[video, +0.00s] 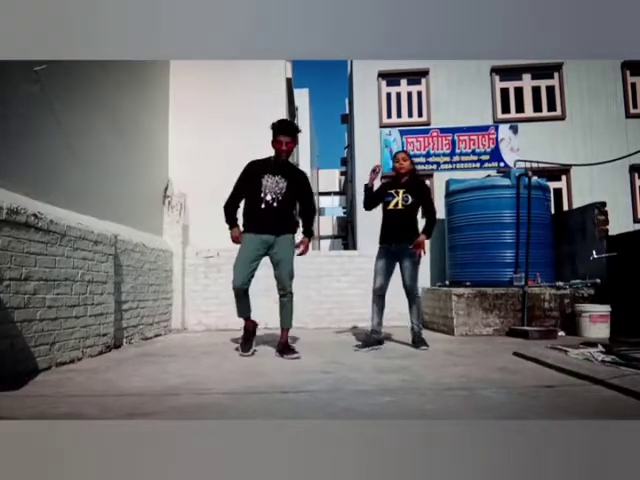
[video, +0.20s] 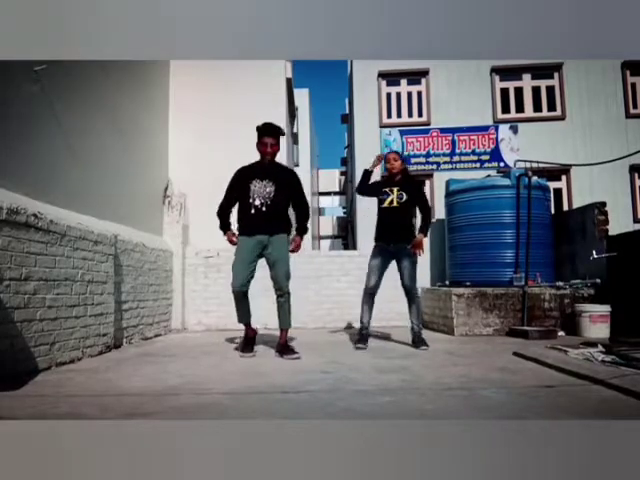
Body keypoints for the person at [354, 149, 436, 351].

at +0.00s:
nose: (400, 164)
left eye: (404, 160)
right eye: (397, 161)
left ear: (411, 163)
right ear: (394, 165)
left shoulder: (419, 185)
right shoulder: (387, 185)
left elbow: (431, 215)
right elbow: (368, 205)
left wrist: (424, 236)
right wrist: (370, 183)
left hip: (410, 244)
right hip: (387, 243)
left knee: (411, 289)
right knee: (378, 289)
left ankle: (417, 334)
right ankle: (375, 333)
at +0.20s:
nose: (391, 164)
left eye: (395, 160)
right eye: (388, 161)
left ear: (402, 163)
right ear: (385, 165)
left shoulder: (412, 184)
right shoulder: (381, 185)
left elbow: (426, 211)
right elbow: (361, 190)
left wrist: (421, 235)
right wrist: (371, 168)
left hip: (406, 244)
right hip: (383, 243)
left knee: (410, 287)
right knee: (370, 287)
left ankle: (417, 334)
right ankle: (363, 332)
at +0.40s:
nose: (379, 167)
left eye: (382, 164)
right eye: (376, 165)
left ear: (389, 167)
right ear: (372, 170)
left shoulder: (398, 188)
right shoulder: (369, 188)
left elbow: (413, 212)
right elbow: (356, 189)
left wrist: (416, 237)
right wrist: (364, 168)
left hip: (395, 246)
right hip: (372, 246)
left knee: (404, 289)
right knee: (366, 292)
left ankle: (416, 334)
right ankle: (361, 335)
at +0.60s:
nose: (368, 167)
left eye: (371, 163)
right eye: (364, 164)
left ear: (376, 166)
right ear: (359, 168)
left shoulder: (386, 189)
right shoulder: (355, 187)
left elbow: (396, 214)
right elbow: (345, 189)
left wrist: (404, 236)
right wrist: (351, 170)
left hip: (385, 245)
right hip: (363, 246)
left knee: (400, 288)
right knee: (364, 292)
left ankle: (412, 333)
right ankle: (361, 335)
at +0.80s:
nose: (368, 168)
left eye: (371, 164)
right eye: (365, 165)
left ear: (374, 167)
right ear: (357, 167)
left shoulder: (382, 190)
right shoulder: (352, 188)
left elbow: (389, 215)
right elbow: (347, 191)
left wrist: (398, 233)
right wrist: (351, 172)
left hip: (383, 243)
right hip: (362, 245)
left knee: (395, 286)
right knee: (363, 290)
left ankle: (398, 332)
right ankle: (361, 334)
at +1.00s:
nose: (369, 168)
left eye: (371, 165)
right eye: (365, 165)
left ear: (375, 168)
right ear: (357, 169)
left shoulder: (381, 190)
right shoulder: (352, 189)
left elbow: (389, 216)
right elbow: (346, 196)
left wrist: (396, 235)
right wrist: (353, 178)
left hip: (384, 244)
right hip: (362, 245)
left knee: (395, 287)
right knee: (363, 291)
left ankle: (401, 332)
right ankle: (361, 334)